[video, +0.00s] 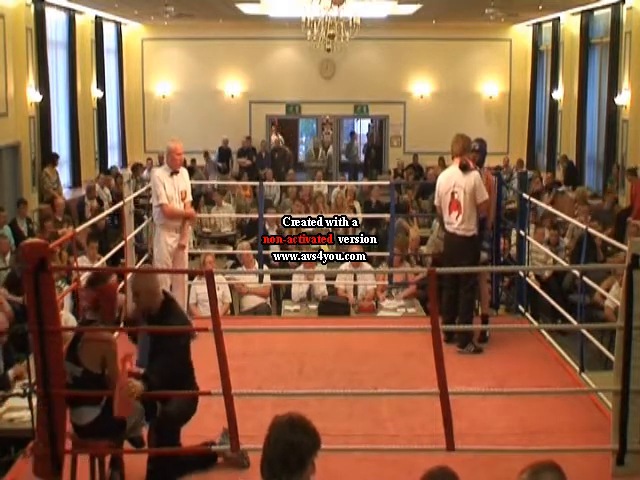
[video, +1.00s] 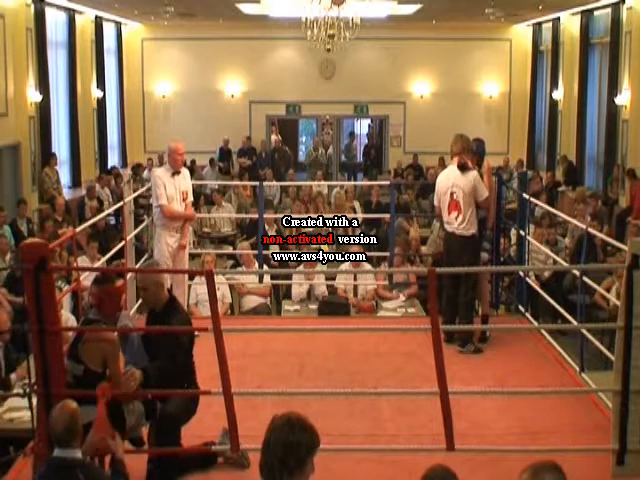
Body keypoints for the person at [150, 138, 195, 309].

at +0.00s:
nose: (179, 158)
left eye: (181, 154)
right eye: (175, 155)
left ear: (183, 156)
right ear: (167, 157)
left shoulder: (184, 173)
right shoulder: (158, 174)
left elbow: (187, 201)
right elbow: (165, 209)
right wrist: (187, 213)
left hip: (183, 227)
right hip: (165, 227)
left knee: (181, 270)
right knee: (163, 270)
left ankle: (181, 310)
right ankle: (163, 310)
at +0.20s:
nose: (179, 158)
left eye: (181, 155)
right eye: (175, 155)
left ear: (183, 156)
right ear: (166, 157)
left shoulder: (184, 173)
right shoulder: (158, 174)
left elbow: (188, 204)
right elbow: (165, 208)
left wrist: (184, 235)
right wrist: (186, 213)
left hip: (183, 226)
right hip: (166, 227)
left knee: (181, 269)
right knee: (163, 268)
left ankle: (181, 309)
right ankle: (163, 308)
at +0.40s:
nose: (180, 158)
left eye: (182, 154)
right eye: (176, 155)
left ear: (183, 156)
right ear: (167, 157)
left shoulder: (184, 173)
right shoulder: (158, 174)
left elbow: (189, 203)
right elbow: (165, 208)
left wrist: (184, 235)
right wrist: (187, 213)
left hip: (182, 228)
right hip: (165, 229)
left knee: (181, 272)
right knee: (163, 272)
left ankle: (180, 316)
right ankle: (161, 315)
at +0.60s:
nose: (181, 158)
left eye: (182, 154)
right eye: (177, 155)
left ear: (183, 156)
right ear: (167, 157)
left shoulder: (184, 173)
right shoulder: (158, 174)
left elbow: (188, 203)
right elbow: (165, 208)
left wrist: (185, 234)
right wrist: (187, 213)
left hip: (182, 227)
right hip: (166, 227)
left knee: (181, 272)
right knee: (163, 272)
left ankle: (180, 316)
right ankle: (161, 317)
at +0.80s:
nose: (181, 158)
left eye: (183, 154)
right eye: (178, 155)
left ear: (184, 156)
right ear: (168, 156)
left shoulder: (185, 173)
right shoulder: (158, 174)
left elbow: (188, 205)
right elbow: (165, 209)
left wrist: (185, 235)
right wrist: (186, 214)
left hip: (183, 228)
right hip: (165, 228)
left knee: (181, 271)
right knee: (164, 270)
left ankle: (181, 310)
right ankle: (162, 309)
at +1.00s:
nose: (182, 158)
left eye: (183, 154)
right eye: (178, 155)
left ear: (184, 156)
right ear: (169, 156)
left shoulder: (185, 173)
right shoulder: (158, 174)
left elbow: (189, 205)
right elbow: (165, 210)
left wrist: (185, 234)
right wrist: (187, 214)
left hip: (183, 228)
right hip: (165, 228)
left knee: (181, 271)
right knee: (164, 270)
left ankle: (181, 309)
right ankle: (162, 309)